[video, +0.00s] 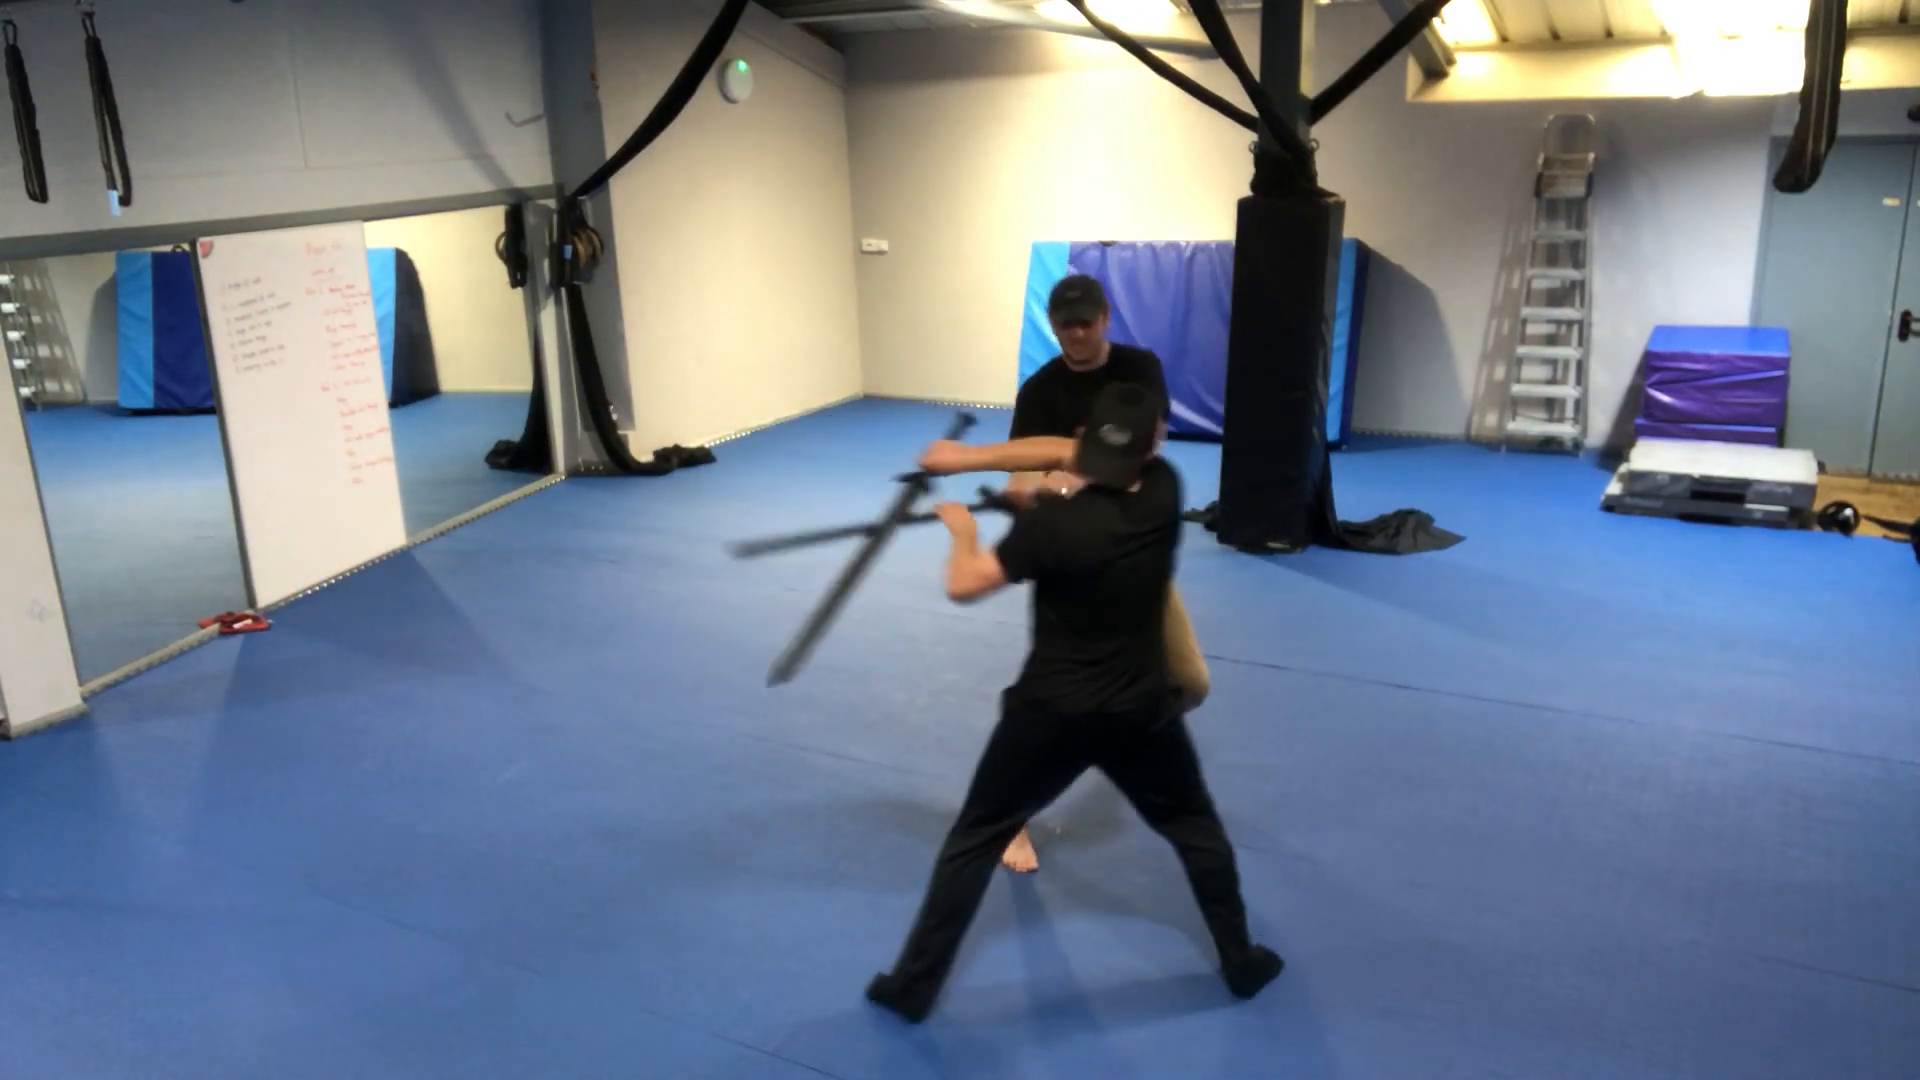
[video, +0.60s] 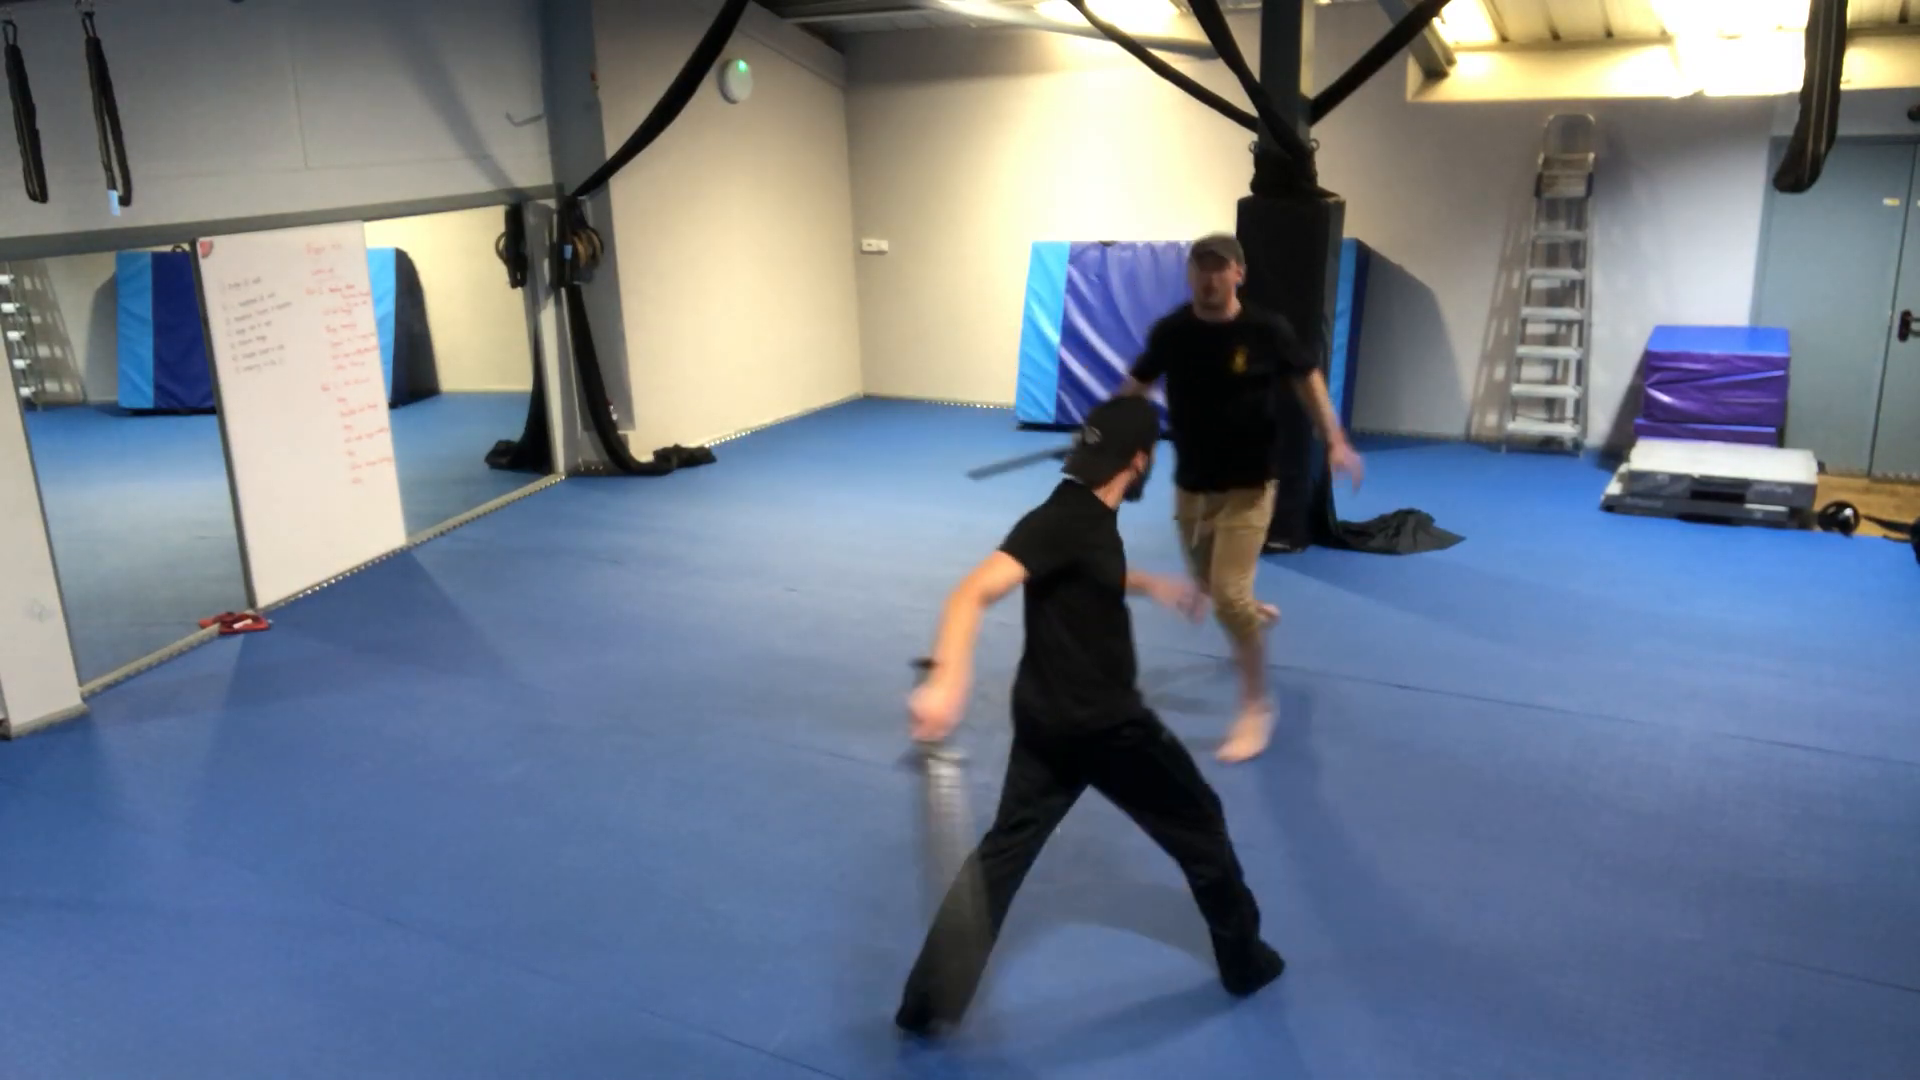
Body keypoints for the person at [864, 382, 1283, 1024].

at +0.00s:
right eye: (1155, 438)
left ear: (1085, 449)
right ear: (1148, 449)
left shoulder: (1056, 524)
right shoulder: (1163, 491)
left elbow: (963, 583)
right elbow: (1069, 458)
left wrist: (961, 529)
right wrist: (967, 459)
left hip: (1053, 707)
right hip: (1141, 704)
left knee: (978, 835)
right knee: (1192, 820)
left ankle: (915, 984)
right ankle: (1239, 959)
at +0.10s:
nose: (1187, 442)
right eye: (1183, 436)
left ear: (1101, 441)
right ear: (1168, 451)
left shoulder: (1063, 508)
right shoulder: (1188, 499)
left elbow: (1006, 588)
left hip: (1066, 701)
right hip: (1158, 703)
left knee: (995, 816)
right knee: (1211, 820)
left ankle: (938, 968)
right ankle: (1244, 959)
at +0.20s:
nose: (1176, 441)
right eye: (1170, 434)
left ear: (1097, 435)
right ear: (1164, 446)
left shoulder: (1050, 501)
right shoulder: (1184, 497)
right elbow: (1235, 478)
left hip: (1070, 698)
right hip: (1163, 702)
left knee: (1005, 811)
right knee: (1221, 825)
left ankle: (931, 956)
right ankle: (1247, 961)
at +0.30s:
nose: (1144, 438)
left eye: (1129, 429)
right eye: (1141, 430)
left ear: (1075, 433)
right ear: (1136, 441)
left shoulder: (1052, 488)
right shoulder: (1156, 504)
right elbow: (1274, 520)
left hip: (1076, 696)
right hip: (1159, 704)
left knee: (1015, 812)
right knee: (1218, 832)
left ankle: (930, 959)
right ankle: (1248, 964)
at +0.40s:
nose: (1122, 429)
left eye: (1117, 420)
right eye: (1119, 421)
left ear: (1058, 429)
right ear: (1112, 432)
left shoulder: (1055, 490)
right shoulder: (1099, 503)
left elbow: (1111, 509)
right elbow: (1141, 587)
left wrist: (1157, 520)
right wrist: (1261, 578)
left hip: (1078, 694)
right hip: (1141, 702)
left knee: (1029, 824)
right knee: (1213, 836)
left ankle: (936, 976)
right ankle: (1247, 967)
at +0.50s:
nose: (1131, 441)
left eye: (1127, 430)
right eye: (1129, 432)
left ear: (1070, 434)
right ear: (1119, 442)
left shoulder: (1068, 495)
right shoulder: (1081, 506)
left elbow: (1102, 555)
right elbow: (1042, 604)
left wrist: (1151, 535)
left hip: (1068, 703)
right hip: (1125, 700)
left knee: (1015, 834)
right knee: (1209, 829)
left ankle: (934, 991)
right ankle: (1247, 966)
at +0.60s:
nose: (1150, 466)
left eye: (1150, 455)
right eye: (1149, 455)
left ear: (1093, 449)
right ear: (1133, 460)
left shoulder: (1084, 514)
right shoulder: (1071, 518)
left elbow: (1097, 572)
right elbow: (971, 593)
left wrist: (1156, 585)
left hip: (1049, 719)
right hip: (1103, 721)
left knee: (1005, 851)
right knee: (1197, 820)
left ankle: (927, 1002)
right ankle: (1243, 960)